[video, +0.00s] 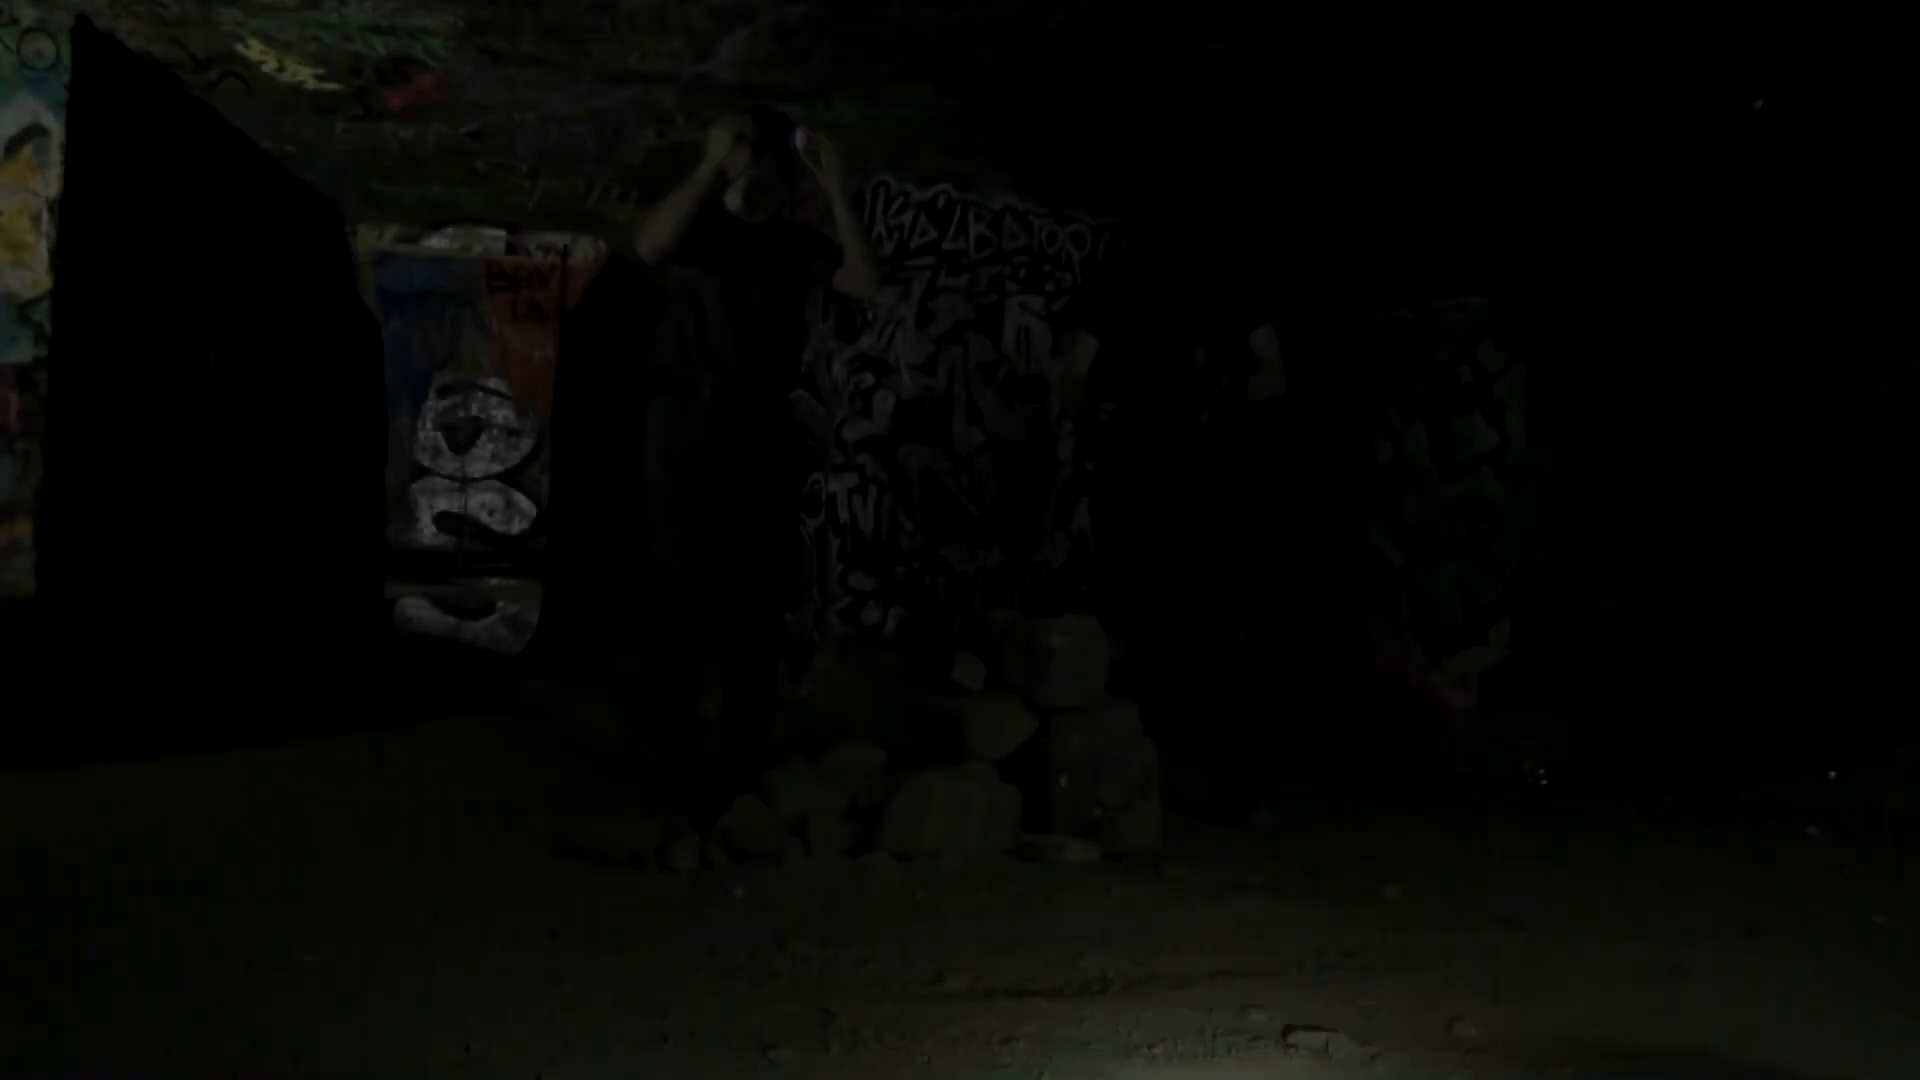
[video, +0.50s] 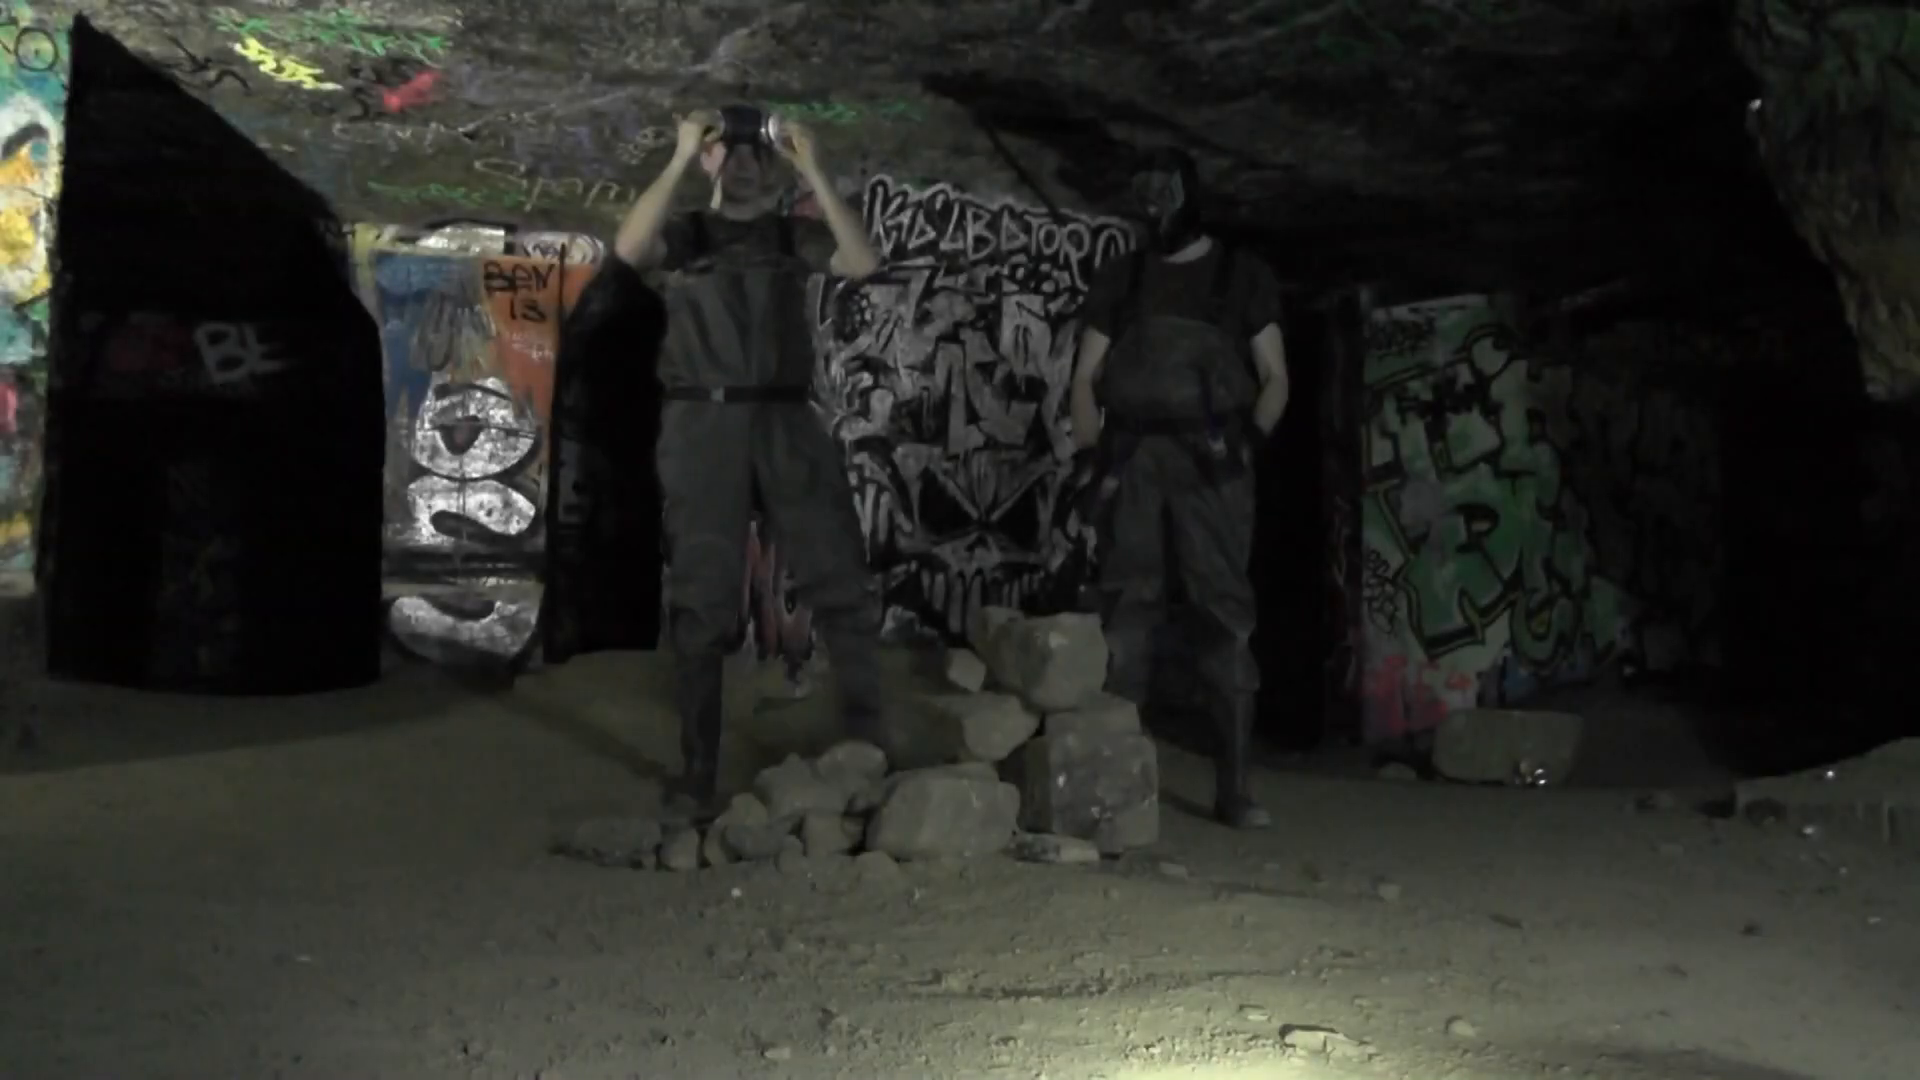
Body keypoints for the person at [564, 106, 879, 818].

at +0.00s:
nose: (748, 166)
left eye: (761, 152)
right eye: (738, 149)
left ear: (779, 167)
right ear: (720, 158)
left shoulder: (792, 237)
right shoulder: (693, 225)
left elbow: (863, 285)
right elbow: (647, 247)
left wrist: (831, 188)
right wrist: (709, 172)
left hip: (766, 432)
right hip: (681, 426)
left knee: (755, 597)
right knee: (678, 592)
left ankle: (744, 762)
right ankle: (661, 753)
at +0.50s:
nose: (744, 161)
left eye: (756, 149)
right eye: (728, 147)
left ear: (777, 163)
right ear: (706, 161)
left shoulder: (798, 232)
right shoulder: (685, 234)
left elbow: (861, 263)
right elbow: (629, 249)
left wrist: (813, 173)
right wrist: (680, 162)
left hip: (790, 431)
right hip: (703, 435)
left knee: (840, 592)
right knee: (701, 608)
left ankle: (868, 753)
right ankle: (698, 779)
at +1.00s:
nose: (832, 167)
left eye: (845, 157)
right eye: (819, 155)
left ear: (865, 169)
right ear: (794, 166)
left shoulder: (883, 236)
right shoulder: (773, 234)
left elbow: (949, 261)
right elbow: (708, 251)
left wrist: (898, 169)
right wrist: (763, 166)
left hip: (866, 437)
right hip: (777, 435)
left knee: (884, 604)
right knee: (738, 601)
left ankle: (895, 768)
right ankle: (701, 773)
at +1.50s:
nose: (846, 164)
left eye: (858, 154)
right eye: (834, 153)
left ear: (876, 168)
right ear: (809, 165)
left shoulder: (896, 233)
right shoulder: (782, 229)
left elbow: (969, 263)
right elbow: (719, 237)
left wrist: (918, 168)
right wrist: (779, 153)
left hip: (871, 436)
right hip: (782, 435)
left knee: (882, 610)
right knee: (744, 607)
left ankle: (884, 775)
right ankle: (706, 783)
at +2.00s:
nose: (816, 164)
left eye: (828, 153)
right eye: (803, 152)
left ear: (849, 160)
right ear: (781, 159)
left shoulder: (872, 228)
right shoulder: (756, 225)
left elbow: (939, 252)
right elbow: (688, 240)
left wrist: (883, 158)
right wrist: (745, 150)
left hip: (850, 439)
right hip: (761, 437)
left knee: (865, 615)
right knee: (729, 613)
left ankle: (882, 778)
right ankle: (697, 789)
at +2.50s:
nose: (819, 159)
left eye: (832, 147)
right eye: (805, 145)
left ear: (854, 156)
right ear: (785, 155)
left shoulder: (879, 228)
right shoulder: (762, 225)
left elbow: (944, 252)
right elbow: (694, 242)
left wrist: (889, 159)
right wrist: (750, 152)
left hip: (856, 439)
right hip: (767, 437)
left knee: (868, 614)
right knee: (733, 612)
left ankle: (880, 777)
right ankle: (696, 790)